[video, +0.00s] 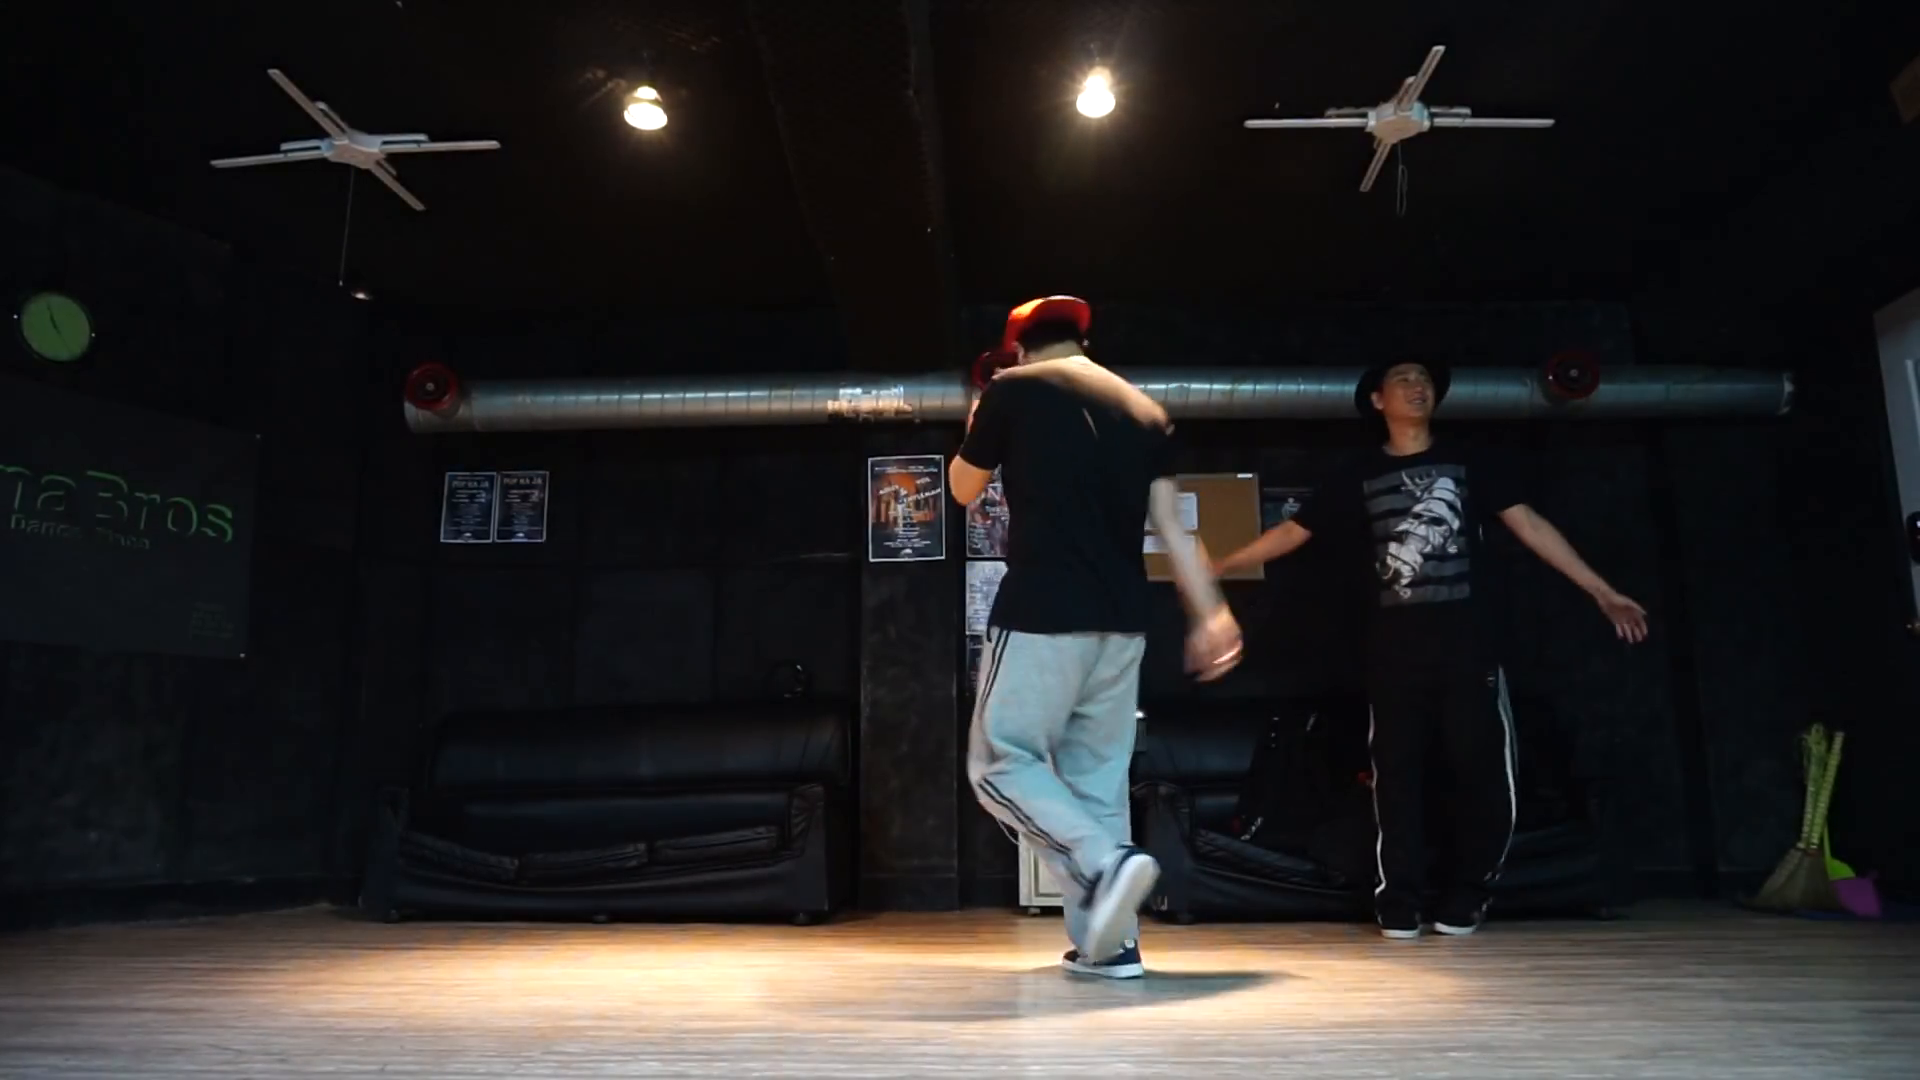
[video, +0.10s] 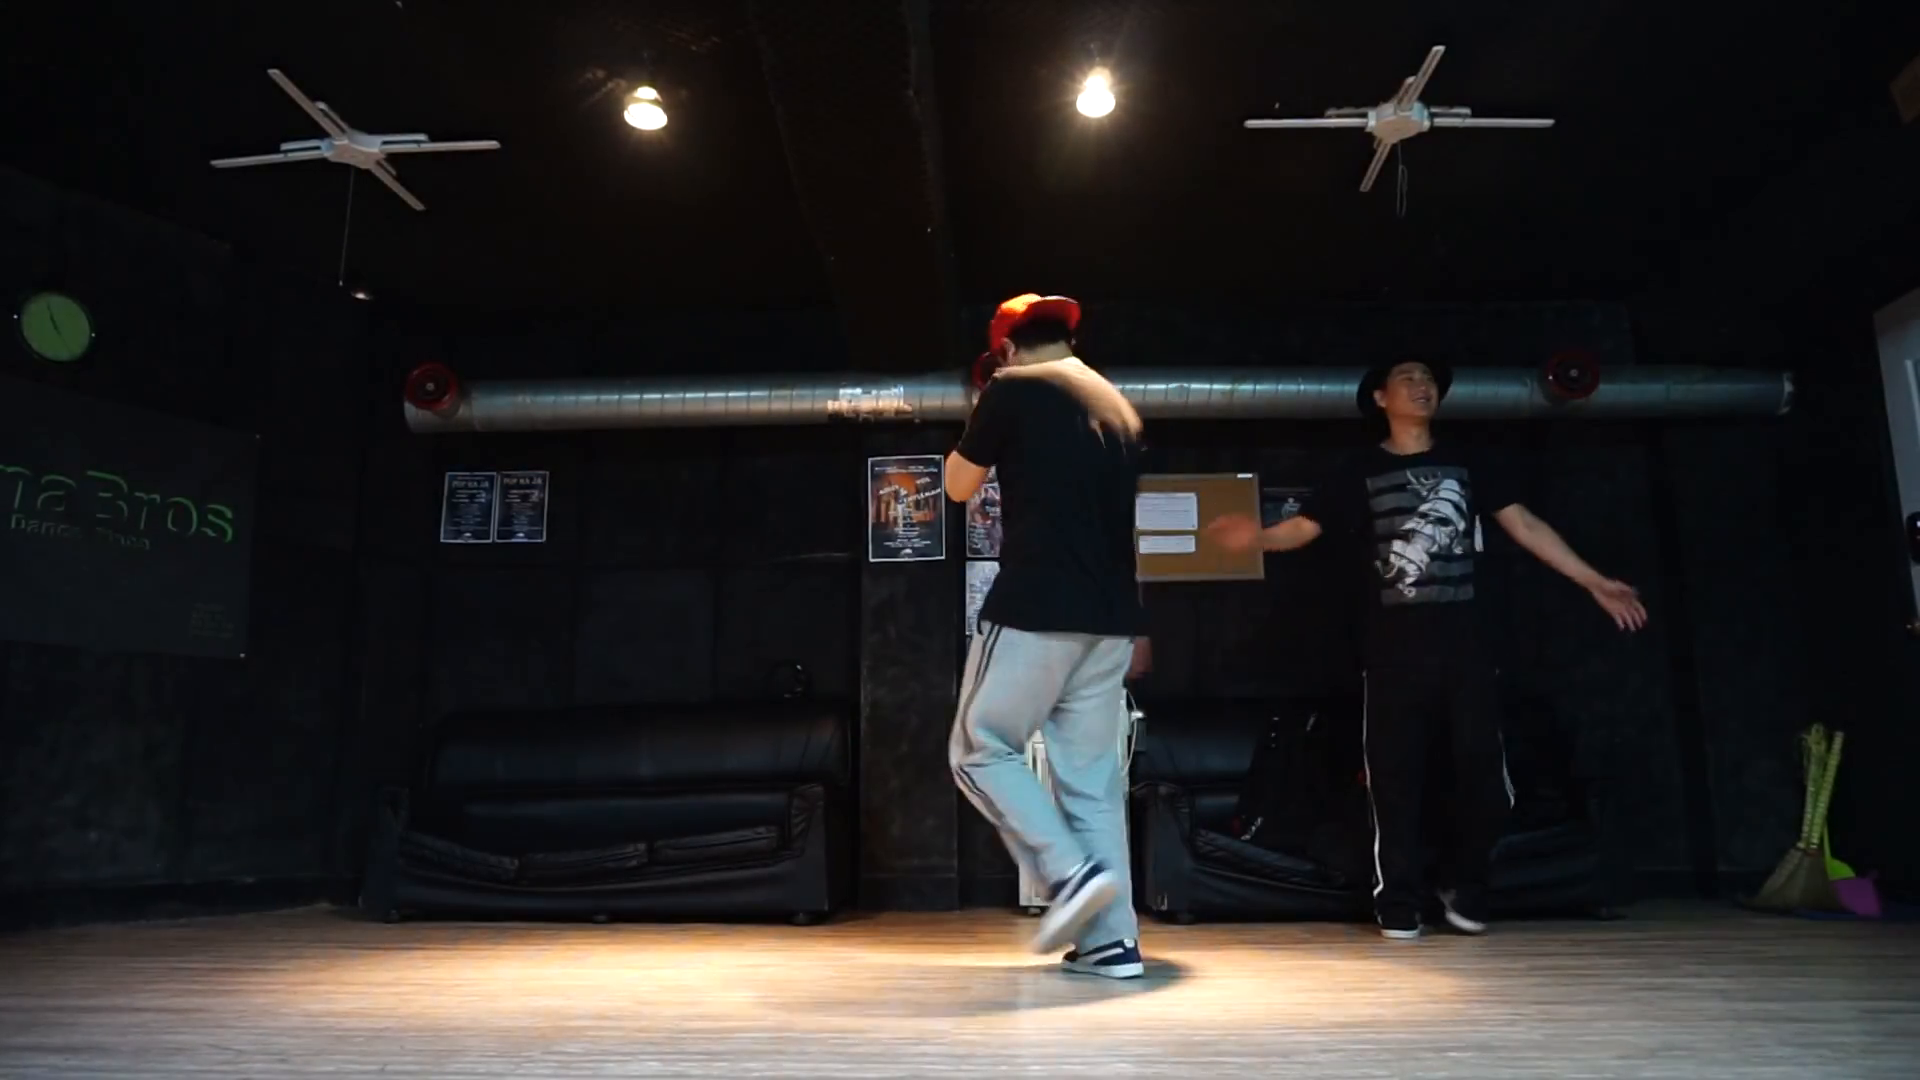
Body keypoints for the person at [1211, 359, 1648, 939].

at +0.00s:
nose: (1416, 388)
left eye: (1424, 382)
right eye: (1403, 381)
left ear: (1437, 400)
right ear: (1377, 401)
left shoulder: (1469, 465)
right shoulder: (1356, 476)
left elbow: (1531, 528)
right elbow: (1289, 534)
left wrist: (1604, 594)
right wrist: (1215, 569)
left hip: (1466, 642)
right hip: (1393, 644)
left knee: (1484, 775)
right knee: (1396, 773)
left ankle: (1467, 900)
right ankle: (1399, 902)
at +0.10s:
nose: (1421, 388)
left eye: (1428, 382)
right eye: (1407, 380)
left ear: (1438, 400)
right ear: (1381, 400)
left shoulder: (1468, 467)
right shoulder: (1358, 473)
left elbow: (1526, 527)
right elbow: (1301, 527)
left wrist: (1596, 583)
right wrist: (1253, 538)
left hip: (1463, 640)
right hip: (1392, 642)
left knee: (1476, 768)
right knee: (1394, 769)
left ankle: (1462, 891)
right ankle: (1399, 902)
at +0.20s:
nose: (1430, 387)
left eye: (1436, 380)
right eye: (1416, 379)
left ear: (1446, 398)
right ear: (1388, 396)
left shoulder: (1467, 464)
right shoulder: (1367, 467)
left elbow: (1517, 518)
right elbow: (1347, 528)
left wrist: (1578, 557)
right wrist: (1334, 514)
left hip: (1466, 636)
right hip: (1397, 639)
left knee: (1483, 758)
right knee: (1397, 766)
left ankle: (1464, 892)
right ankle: (1396, 901)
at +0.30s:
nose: (1440, 386)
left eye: (1447, 380)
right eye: (1426, 379)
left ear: (1455, 398)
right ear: (1398, 395)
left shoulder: (1468, 465)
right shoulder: (1376, 459)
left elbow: (1506, 517)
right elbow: (1389, 524)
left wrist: (1551, 534)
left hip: (1472, 634)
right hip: (1405, 636)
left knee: (1489, 760)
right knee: (1404, 767)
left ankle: (1485, 904)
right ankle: (1398, 903)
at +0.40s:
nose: (1455, 385)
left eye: (1461, 379)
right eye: (1441, 377)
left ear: (1469, 398)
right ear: (1411, 395)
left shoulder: (1481, 467)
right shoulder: (1393, 460)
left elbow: (1506, 530)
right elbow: (1428, 527)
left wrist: (1547, 538)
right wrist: (1516, 546)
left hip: (1481, 636)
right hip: (1416, 638)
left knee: (1492, 766)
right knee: (1412, 769)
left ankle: (1498, 908)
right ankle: (1398, 904)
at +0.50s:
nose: (1471, 382)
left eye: (1475, 375)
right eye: (1456, 374)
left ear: (1482, 393)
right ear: (1426, 392)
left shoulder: (1493, 467)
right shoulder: (1410, 456)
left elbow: (1529, 537)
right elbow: (1441, 527)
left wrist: (1574, 597)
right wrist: (1521, 575)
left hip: (1492, 630)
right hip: (1431, 631)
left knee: (1502, 765)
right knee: (1421, 767)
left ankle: (1499, 910)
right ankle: (1397, 903)